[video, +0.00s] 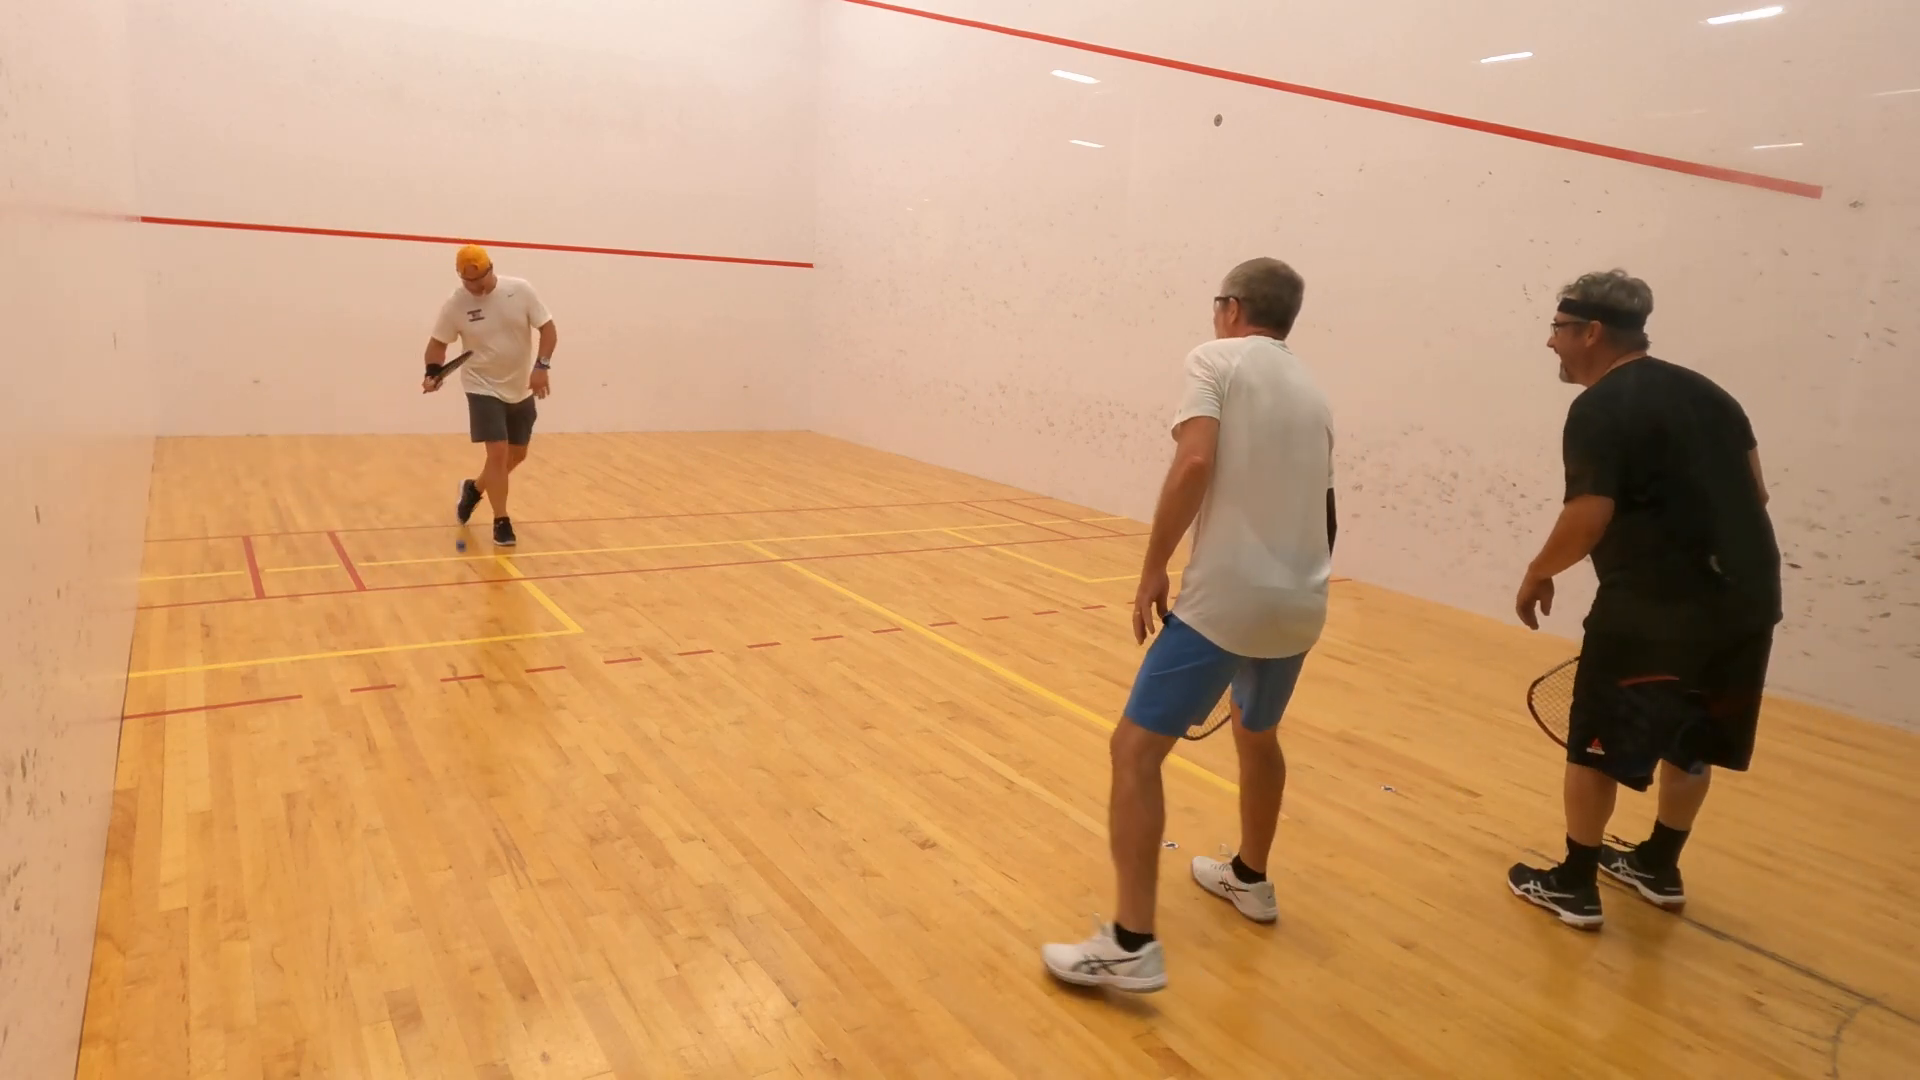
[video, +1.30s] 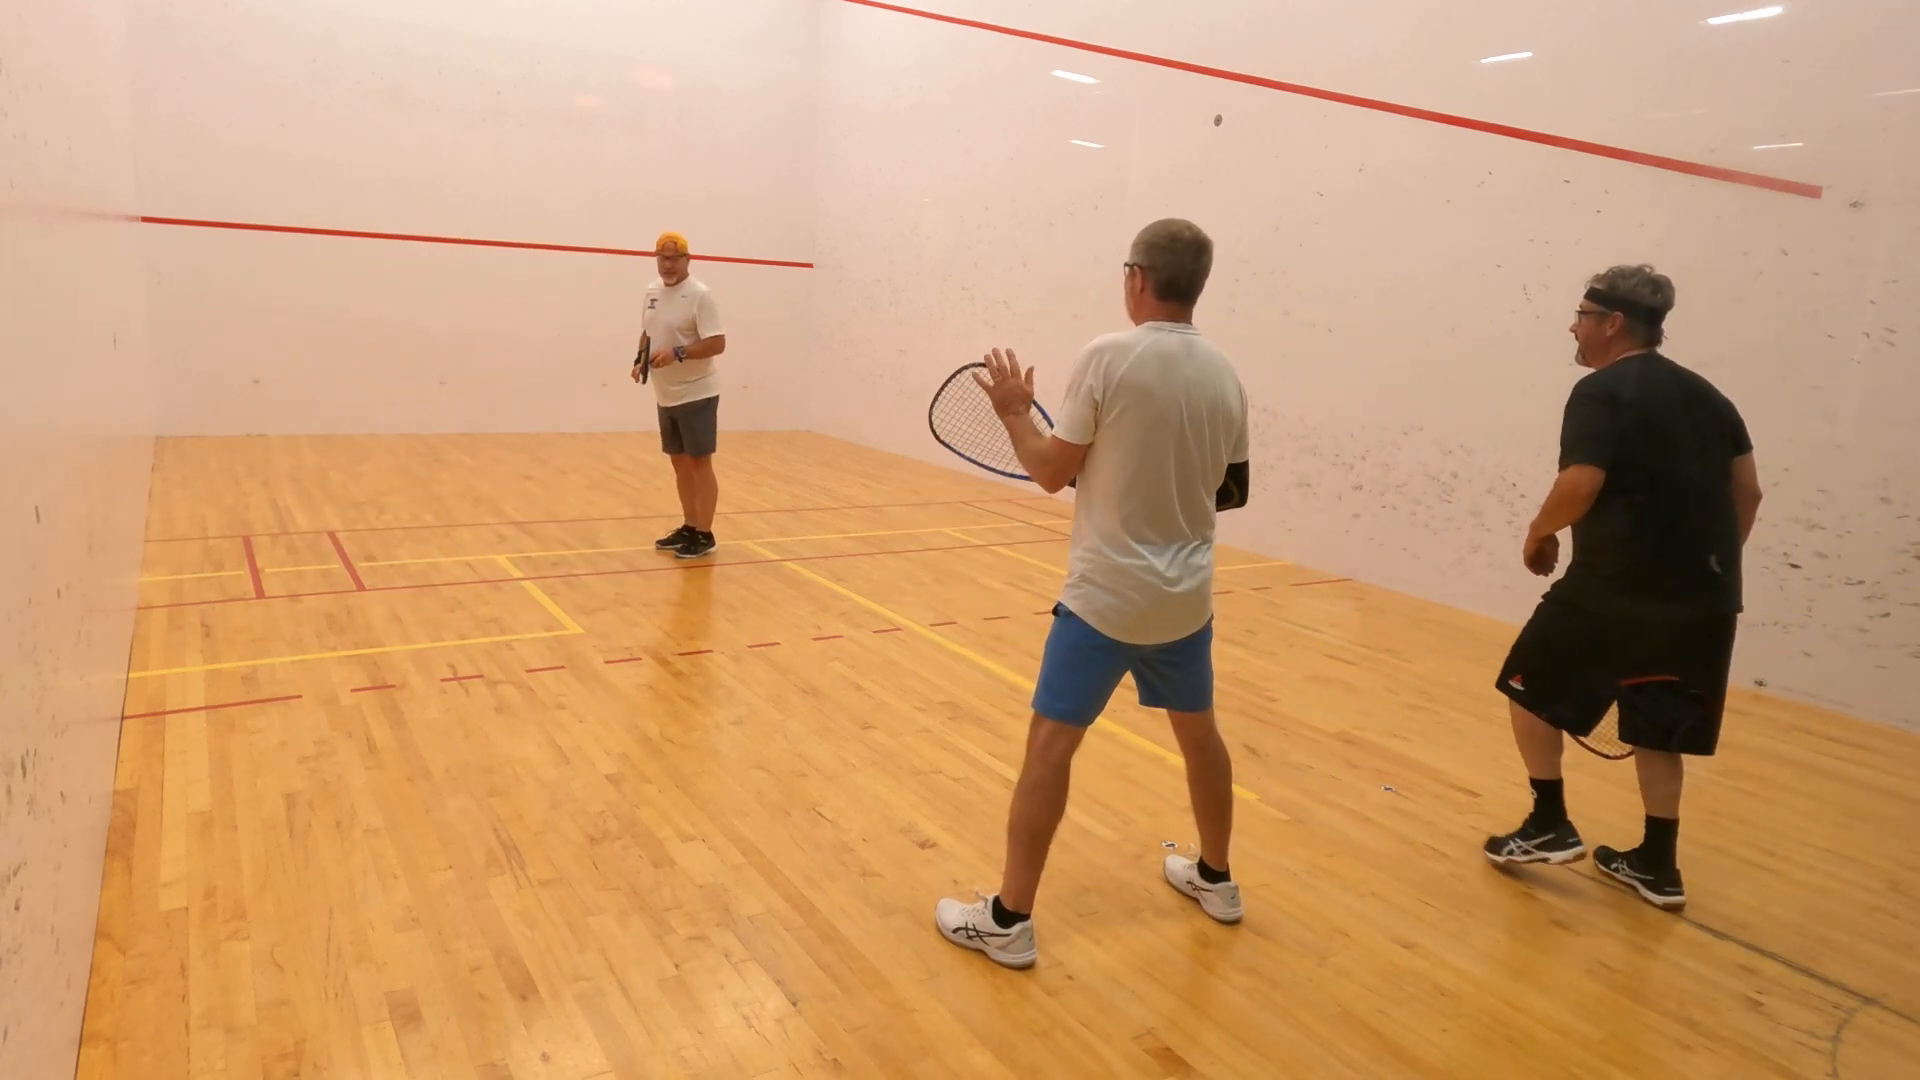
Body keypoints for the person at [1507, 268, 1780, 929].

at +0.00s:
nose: (1552, 342)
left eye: (1561, 328)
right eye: (1553, 328)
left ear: (1597, 333)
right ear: (1622, 334)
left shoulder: (1598, 408)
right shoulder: (1711, 396)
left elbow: (1587, 517)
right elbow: (1753, 495)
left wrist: (1538, 571)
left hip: (1651, 608)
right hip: (1742, 608)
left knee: (1598, 733)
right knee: (1695, 734)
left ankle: (1575, 879)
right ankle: (1659, 863)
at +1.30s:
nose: (1573, 326)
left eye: (1584, 315)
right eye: (1578, 313)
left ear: (1618, 325)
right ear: (1644, 328)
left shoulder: (1600, 391)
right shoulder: (1709, 397)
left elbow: (1581, 481)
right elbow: (1747, 493)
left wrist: (1542, 531)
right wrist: (1712, 566)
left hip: (1610, 594)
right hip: (1698, 602)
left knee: (1531, 687)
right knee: (1657, 718)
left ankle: (1549, 823)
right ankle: (1658, 861)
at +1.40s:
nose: (1561, 327)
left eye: (1570, 316)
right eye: (1565, 315)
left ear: (1600, 325)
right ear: (1623, 329)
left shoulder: (1585, 393)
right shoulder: (1693, 399)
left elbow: (1570, 483)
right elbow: (1724, 495)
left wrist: (1524, 530)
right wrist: (1691, 560)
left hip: (1594, 592)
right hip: (1679, 602)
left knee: (1506, 674)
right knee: (1647, 722)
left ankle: (1488, 803)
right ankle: (1657, 861)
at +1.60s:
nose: (1509, 328)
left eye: (1518, 319)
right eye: (1514, 316)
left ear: (1546, 331)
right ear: (1570, 336)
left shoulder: (1534, 399)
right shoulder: (1630, 402)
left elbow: (1523, 489)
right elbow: (1654, 495)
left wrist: (1475, 530)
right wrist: (1610, 546)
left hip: (1539, 588)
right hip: (1618, 595)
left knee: (1459, 665)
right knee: (1618, 714)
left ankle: (1419, 773)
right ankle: (1653, 857)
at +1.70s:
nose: (1474, 323)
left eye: (1484, 315)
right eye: (1480, 312)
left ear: (1510, 328)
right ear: (1536, 331)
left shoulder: (1498, 398)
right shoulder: (1587, 397)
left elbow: (1488, 488)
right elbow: (1613, 486)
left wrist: (1440, 529)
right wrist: (1574, 543)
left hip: (1502, 576)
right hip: (1576, 584)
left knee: (1429, 656)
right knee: (1588, 701)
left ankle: (1410, 771)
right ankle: (1645, 838)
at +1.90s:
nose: (1414, 311)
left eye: (1423, 303)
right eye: (1418, 300)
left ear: (1448, 314)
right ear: (1473, 317)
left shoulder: (1436, 382)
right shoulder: (1521, 383)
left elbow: (1417, 468)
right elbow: (1539, 470)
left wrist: (1370, 499)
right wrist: (1506, 523)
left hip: (1433, 556)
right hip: (1498, 559)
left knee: (1393, 657)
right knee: (1460, 652)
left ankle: (1406, 772)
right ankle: (1530, 753)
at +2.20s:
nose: (1340, 305)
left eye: (1347, 298)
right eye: (1345, 295)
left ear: (1369, 308)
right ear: (1394, 312)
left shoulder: (1359, 377)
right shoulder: (1433, 377)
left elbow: (1335, 457)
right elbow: (1453, 455)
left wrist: (1280, 476)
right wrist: (1438, 522)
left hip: (1358, 545)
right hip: (1406, 541)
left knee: (1353, 648)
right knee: (1329, 615)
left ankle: (1404, 770)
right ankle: (1273, 684)